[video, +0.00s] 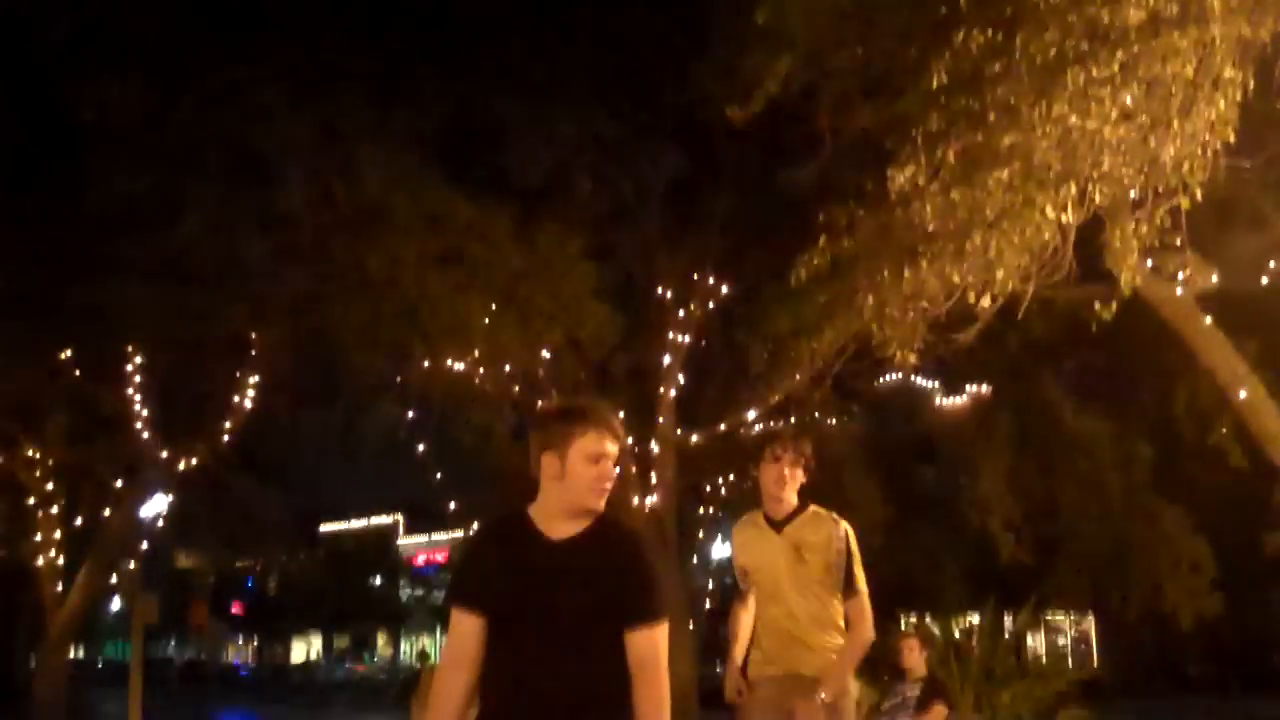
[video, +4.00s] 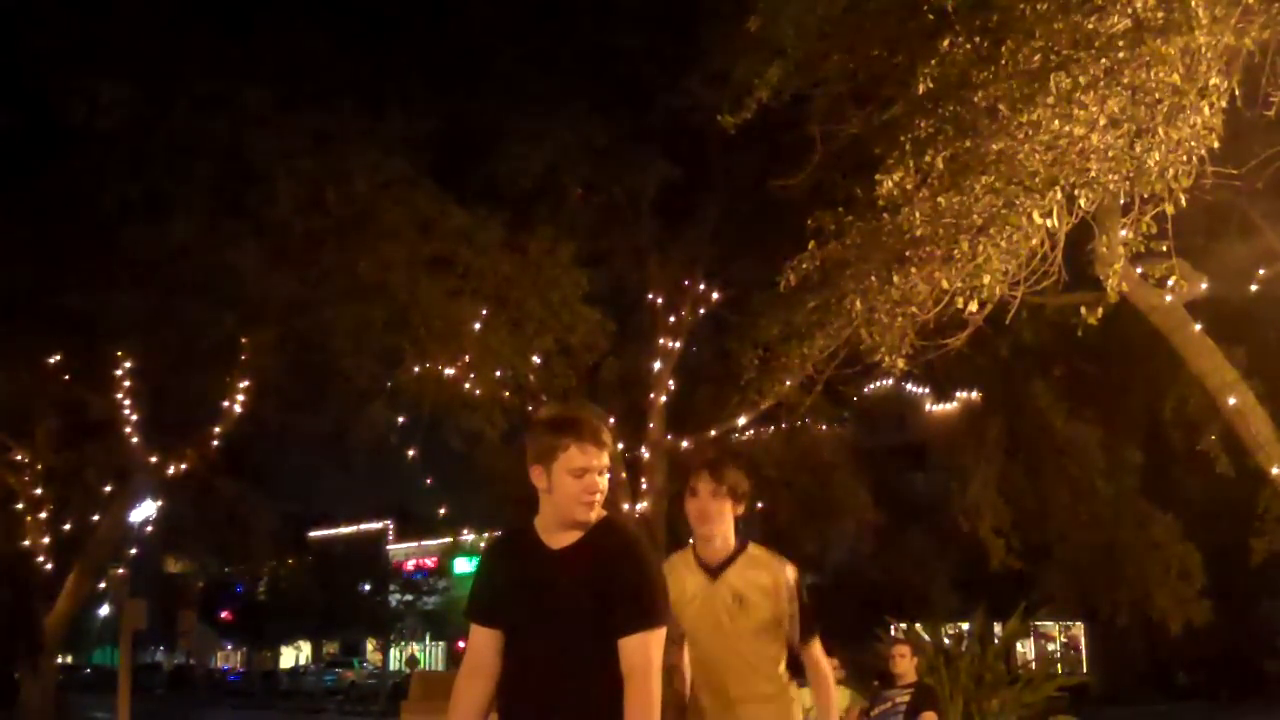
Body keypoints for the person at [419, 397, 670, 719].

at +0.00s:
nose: (610, 474)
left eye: (613, 463)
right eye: (595, 460)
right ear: (549, 464)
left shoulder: (626, 550)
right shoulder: (492, 547)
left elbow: (649, 673)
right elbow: (457, 667)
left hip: (601, 712)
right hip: (508, 710)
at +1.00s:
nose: (580, 401)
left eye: (584, 387)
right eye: (563, 385)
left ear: (591, 393)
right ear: (519, 389)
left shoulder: (603, 481)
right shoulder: (468, 481)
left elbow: (624, 598)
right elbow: (436, 587)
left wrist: (612, 700)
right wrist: (420, 689)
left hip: (571, 698)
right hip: (478, 695)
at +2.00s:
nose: (574, 478)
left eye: (580, 466)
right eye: (558, 462)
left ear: (586, 473)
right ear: (514, 468)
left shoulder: (601, 558)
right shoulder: (467, 563)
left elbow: (618, 675)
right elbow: (447, 680)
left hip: (575, 711)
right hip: (490, 712)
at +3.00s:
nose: (551, 510)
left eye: (565, 495)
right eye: (537, 495)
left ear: (592, 478)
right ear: (522, 483)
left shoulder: (629, 557)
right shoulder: (502, 556)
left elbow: (643, 679)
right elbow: (468, 669)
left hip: (600, 711)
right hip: (518, 711)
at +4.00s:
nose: (597, 486)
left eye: (602, 472)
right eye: (579, 474)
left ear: (610, 472)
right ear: (539, 477)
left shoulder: (625, 552)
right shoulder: (504, 555)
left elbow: (642, 679)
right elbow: (478, 671)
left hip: (603, 710)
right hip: (520, 711)